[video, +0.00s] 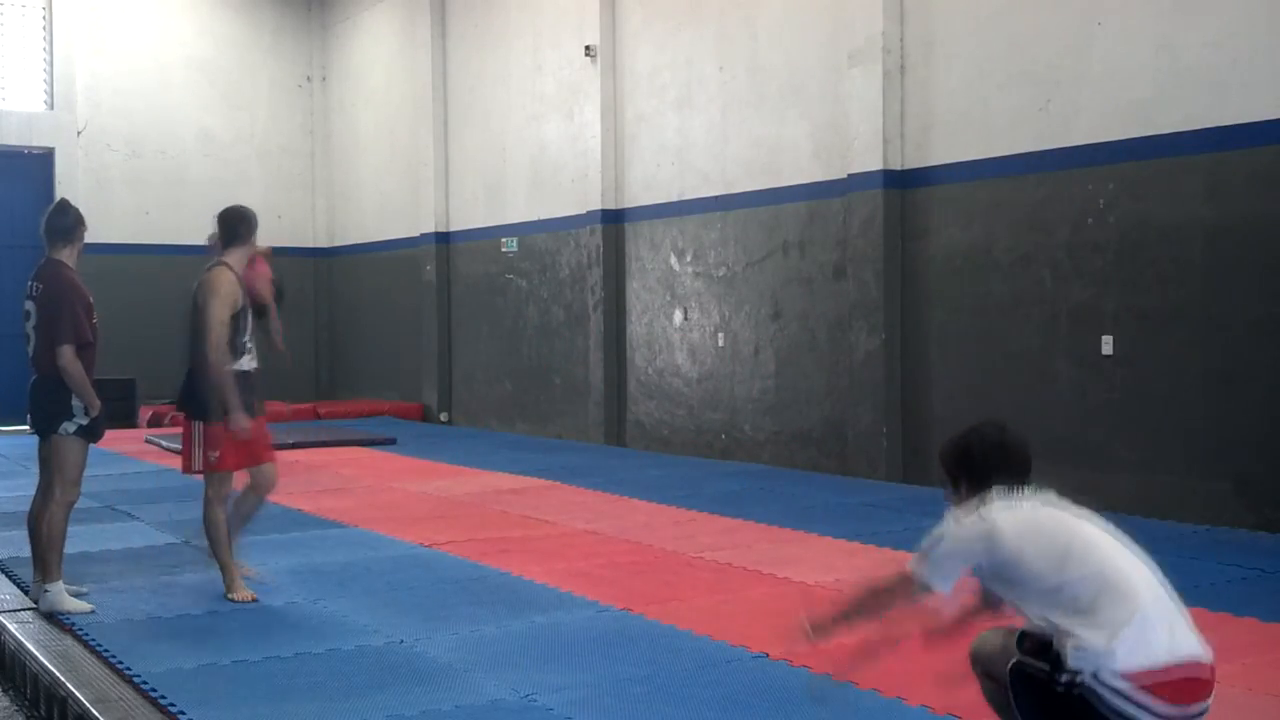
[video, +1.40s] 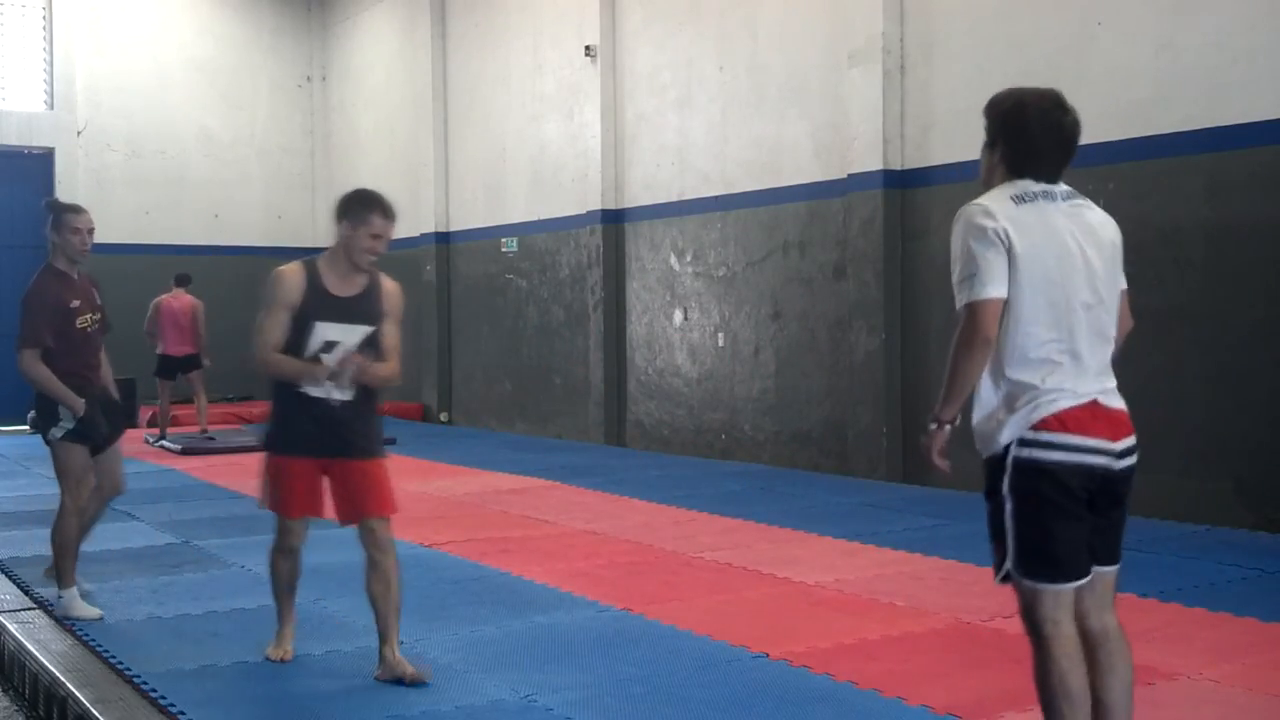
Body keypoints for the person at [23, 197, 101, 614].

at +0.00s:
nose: (87, 236)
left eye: (83, 230)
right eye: (86, 231)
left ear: (49, 235)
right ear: (82, 234)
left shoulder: (41, 276)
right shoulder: (66, 285)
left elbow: (40, 346)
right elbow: (65, 356)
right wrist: (93, 403)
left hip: (46, 392)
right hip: (66, 396)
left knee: (47, 489)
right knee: (64, 494)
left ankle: (44, 579)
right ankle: (51, 589)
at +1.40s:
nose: (87, 239)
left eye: (90, 232)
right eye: (77, 232)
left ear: (90, 236)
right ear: (55, 235)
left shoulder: (85, 282)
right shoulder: (43, 288)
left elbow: (96, 347)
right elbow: (28, 361)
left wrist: (114, 397)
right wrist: (79, 405)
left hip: (94, 398)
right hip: (61, 405)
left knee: (111, 485)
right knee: (77, 492)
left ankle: (58, 561)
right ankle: (67, 593)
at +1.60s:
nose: (80, 237)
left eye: (86, 230)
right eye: (71, 230)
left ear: (93, 232)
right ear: (55, 233)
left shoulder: (104, 280)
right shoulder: (41, 289)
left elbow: (118, 341)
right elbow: (19, 358)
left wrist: (129, 393)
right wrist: (65, 407)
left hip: (112, 402)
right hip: (67, 408)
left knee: (139, 488)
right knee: (69, 502)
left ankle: (113, 575)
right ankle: (67, 595)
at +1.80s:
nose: (92, 240)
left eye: (99, 232)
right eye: (84, 232)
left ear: (109, 234)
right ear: (69, 235)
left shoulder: (128, 285)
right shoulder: (51, 292)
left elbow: (141, 345)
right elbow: (24, 360)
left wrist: (146, 395)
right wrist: (63, 408)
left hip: (127, 404)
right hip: (77, 409)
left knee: (152, 500)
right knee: (74, 507)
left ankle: (169, 593)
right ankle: (68, 595)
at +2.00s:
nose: (119, 241)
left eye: (127, 234)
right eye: (110, 234)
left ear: (137, 238)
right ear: (97, 237)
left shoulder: (157, 291)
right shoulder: (74, 294)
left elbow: (173, 356)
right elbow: (46, 364)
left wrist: (172, 412)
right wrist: (78, 413)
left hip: (151, 412)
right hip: (95, 414)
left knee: (167, 508)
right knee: (86, 512)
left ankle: (178, 606)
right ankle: (72, 591)